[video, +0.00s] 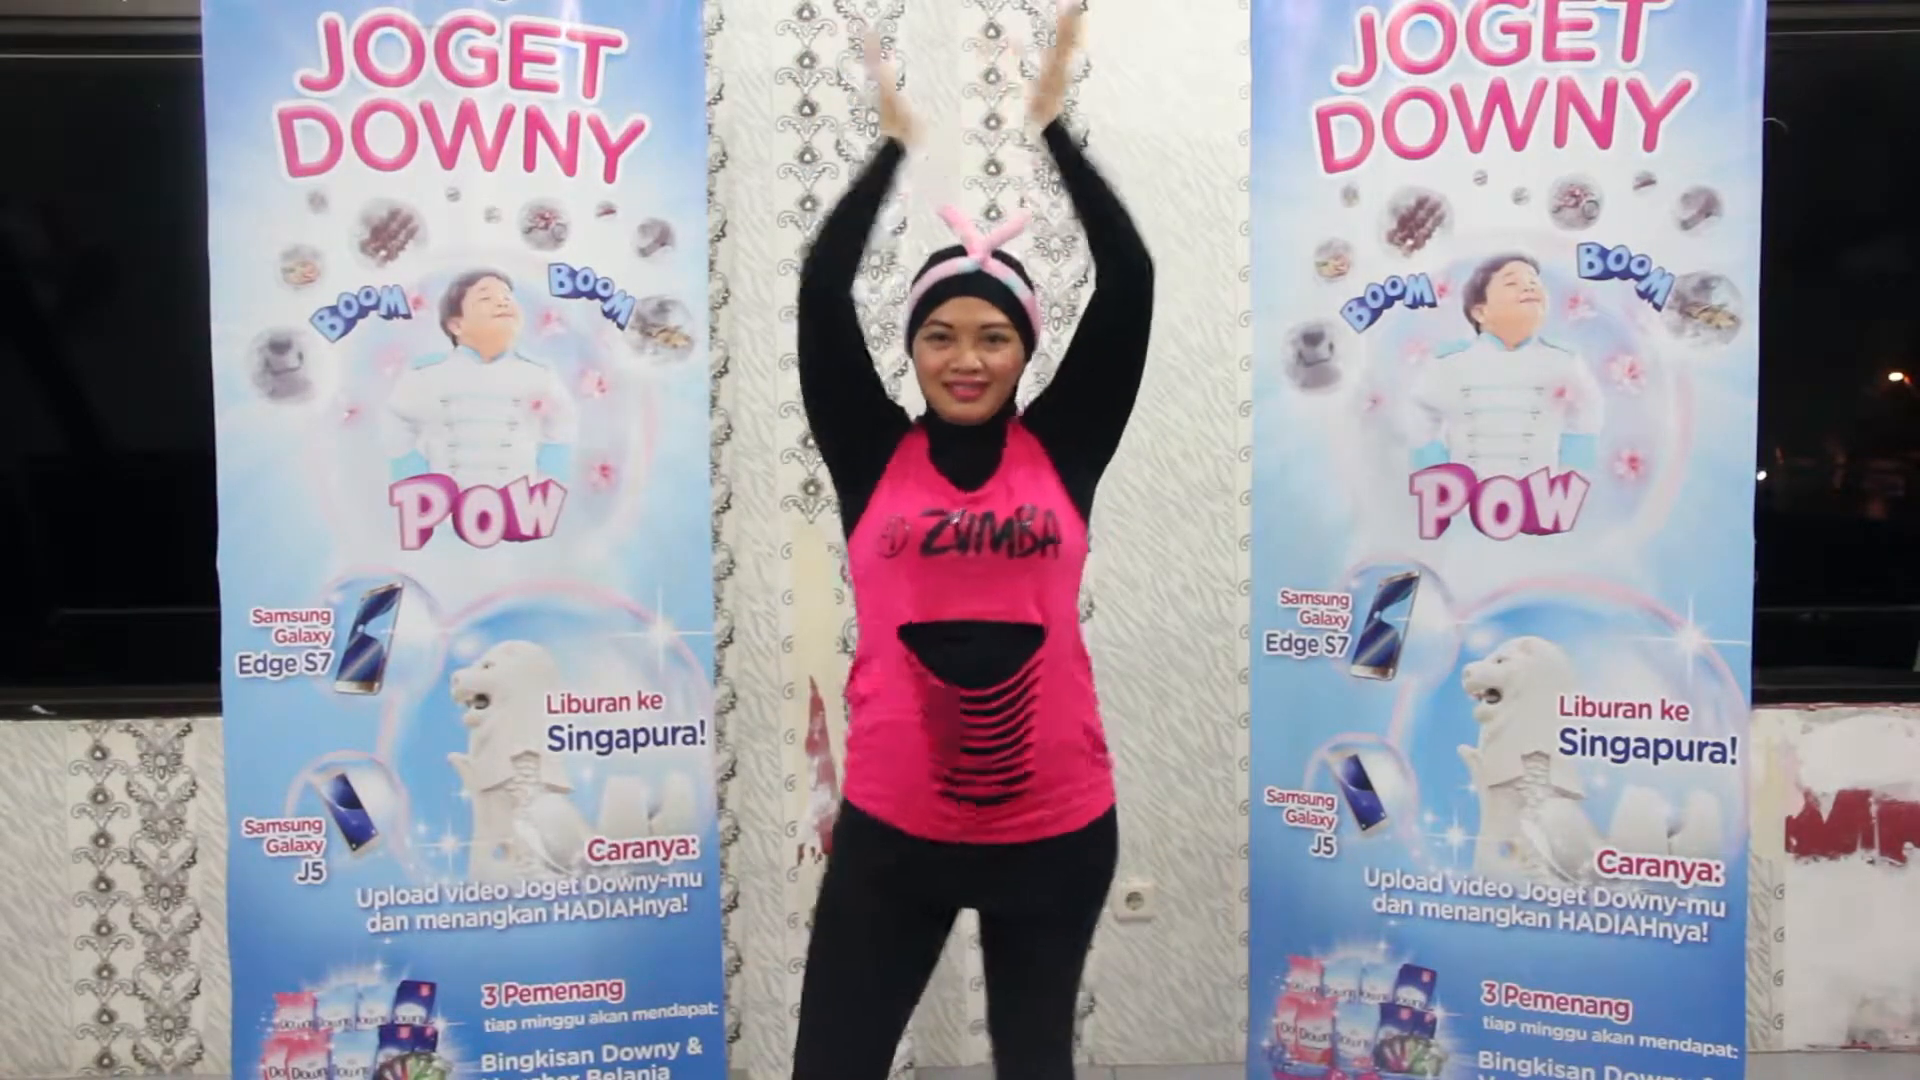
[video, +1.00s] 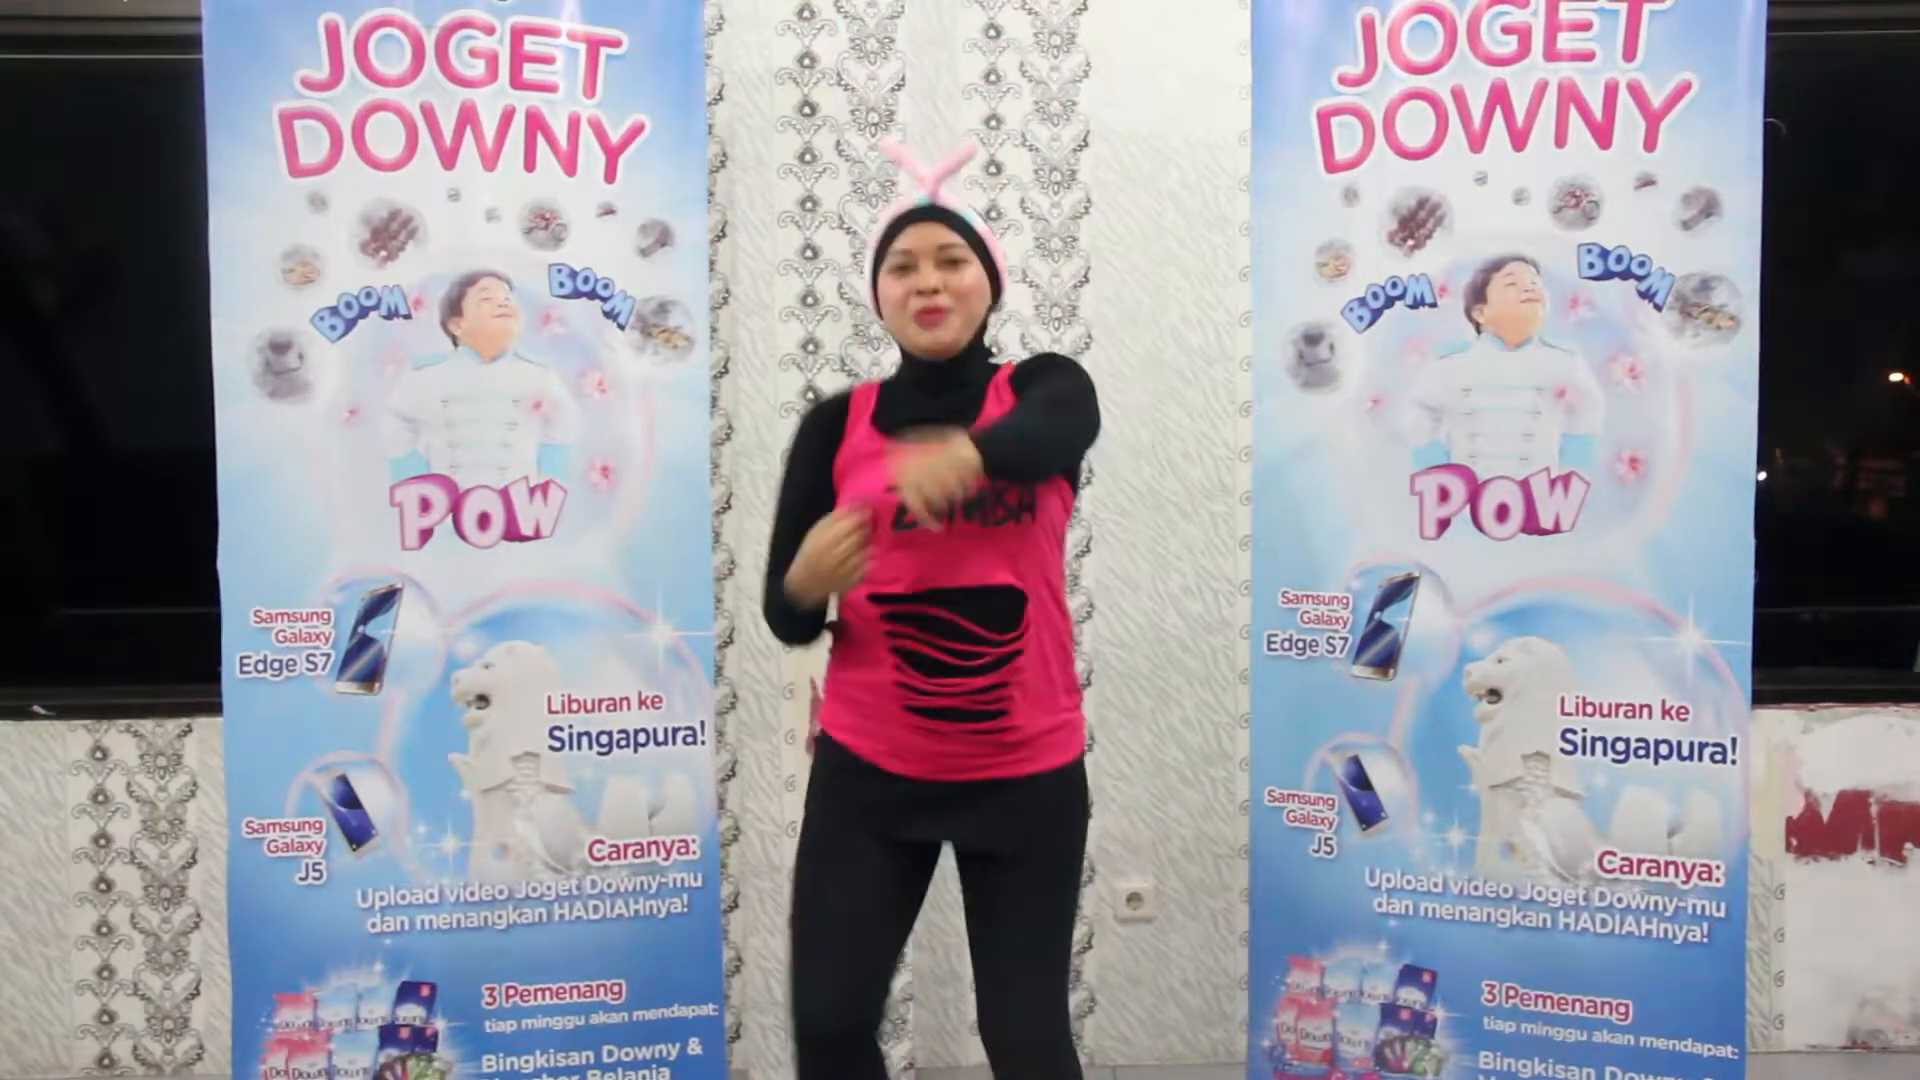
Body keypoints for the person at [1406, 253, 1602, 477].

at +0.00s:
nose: (1528, 286)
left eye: (1534, 281)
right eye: (1510, 282)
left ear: (1545, 300)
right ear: (1478, 311)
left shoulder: (1564, 363)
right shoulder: (1446, 366)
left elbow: (1583, 422)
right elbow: (1415, 415)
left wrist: (1567, 484)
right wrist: (1433, 475)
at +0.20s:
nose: (1528, 286)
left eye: (1534, 281)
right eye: (1510, 283)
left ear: (1545, 300)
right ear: (1478, 311)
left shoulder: (1564, 363)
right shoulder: (1446, 366)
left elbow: (1583, 422)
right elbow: (1415, 415)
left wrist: (1566, 485)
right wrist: (1434, 475)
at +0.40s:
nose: (1528, 286)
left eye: (1535, 281)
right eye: (1510, 282)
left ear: (1545, 300)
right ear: (1478, 311)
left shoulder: (1564, 363)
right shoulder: (1446, 365)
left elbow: (1582, 433)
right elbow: (1416, 422)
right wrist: (1437, 482)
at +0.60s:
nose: (1528, 286)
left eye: (1534, 281)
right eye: (1510, 282)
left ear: (1545, 300)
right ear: (1478, 311)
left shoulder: (1564, 364)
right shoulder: (1446, 366)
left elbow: (1583, 429)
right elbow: (1416, 421)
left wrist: (1565, 490)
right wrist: (1437, 480)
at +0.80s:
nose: (1528, 286)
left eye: (1534, 281)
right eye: (1510, 283)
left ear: (1545, 300)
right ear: (1479, 311)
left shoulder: (1564, 363)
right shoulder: (1445, 366)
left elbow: (1583, 425)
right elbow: (1417, 420)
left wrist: (1567, 487)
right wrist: (1435, 479)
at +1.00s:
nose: (1529, 286)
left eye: (1535, 281)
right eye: (1510, 283)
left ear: (1545, 300)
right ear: (1479, 312)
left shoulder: (1564, 363)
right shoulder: (1446, 366)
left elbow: (1584, 420)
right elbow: (1417, 417)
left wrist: (1567, 484)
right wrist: (1435, 478)